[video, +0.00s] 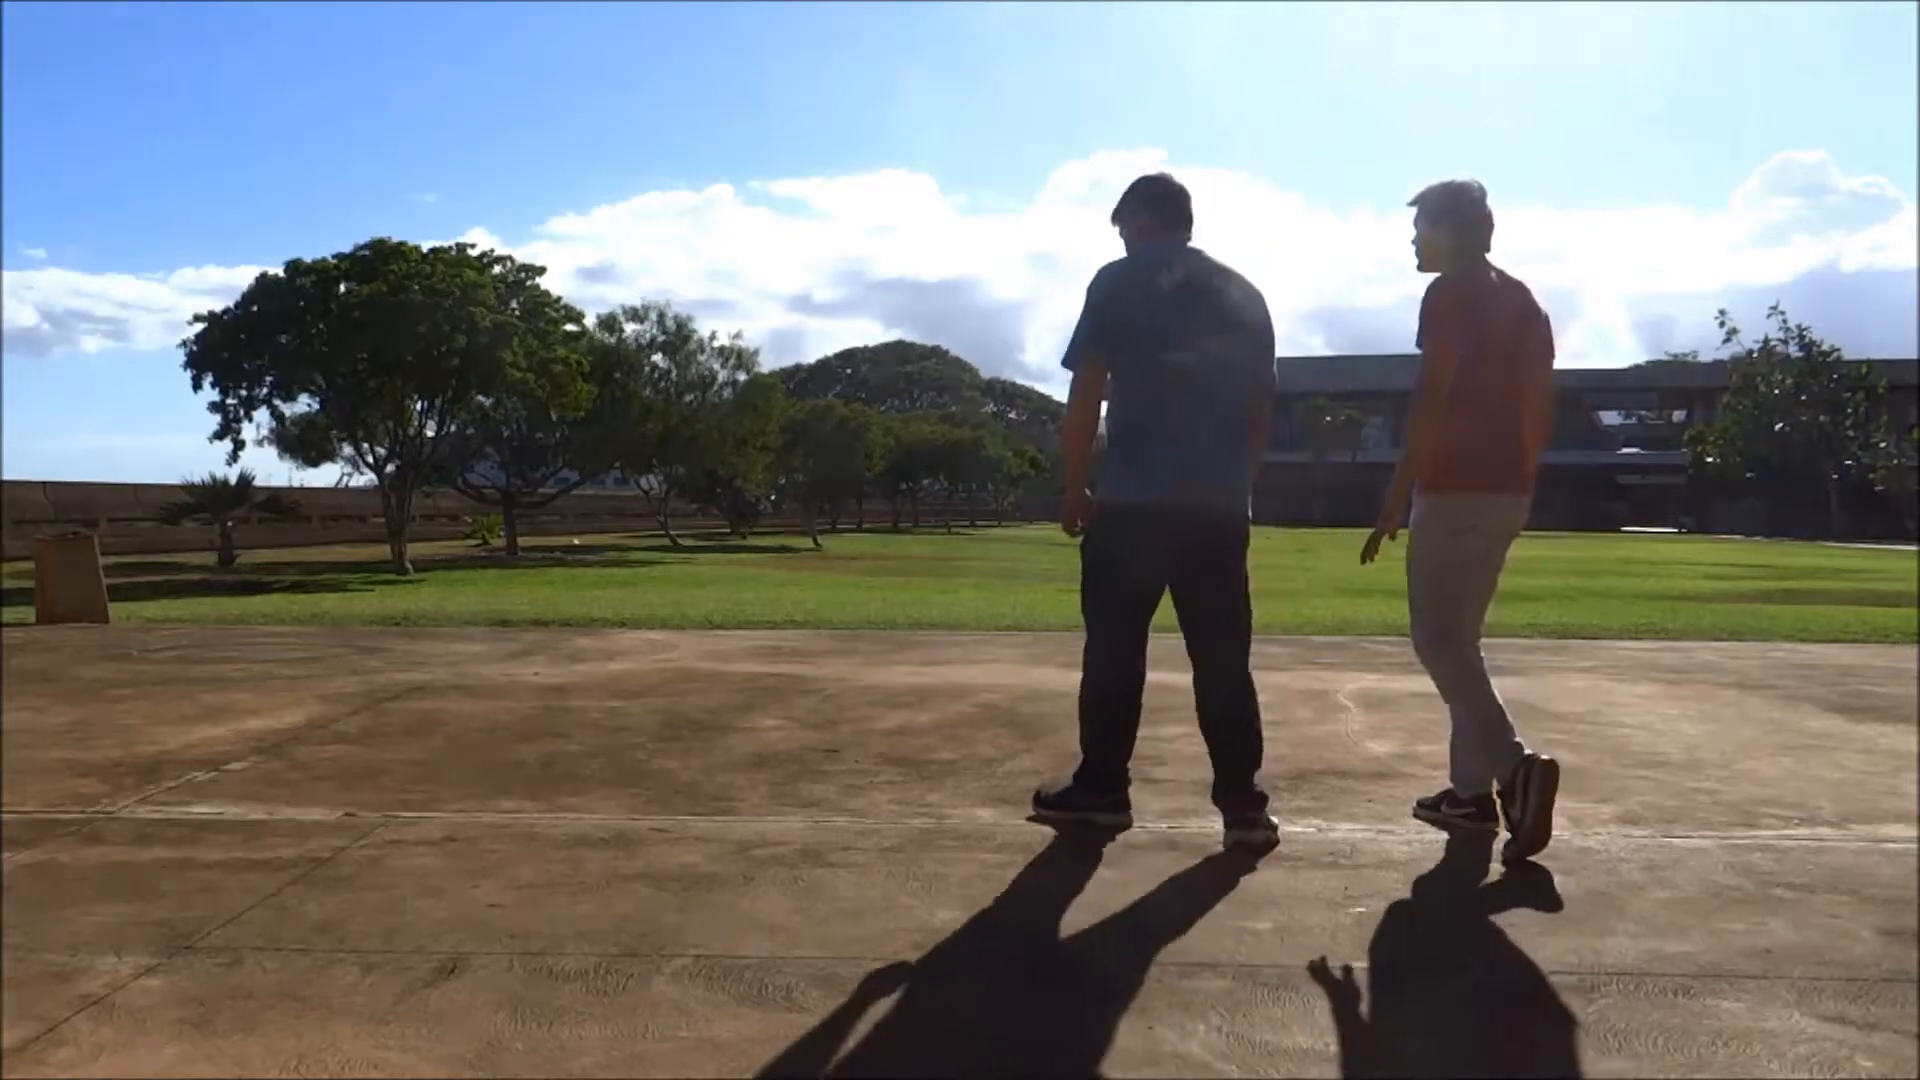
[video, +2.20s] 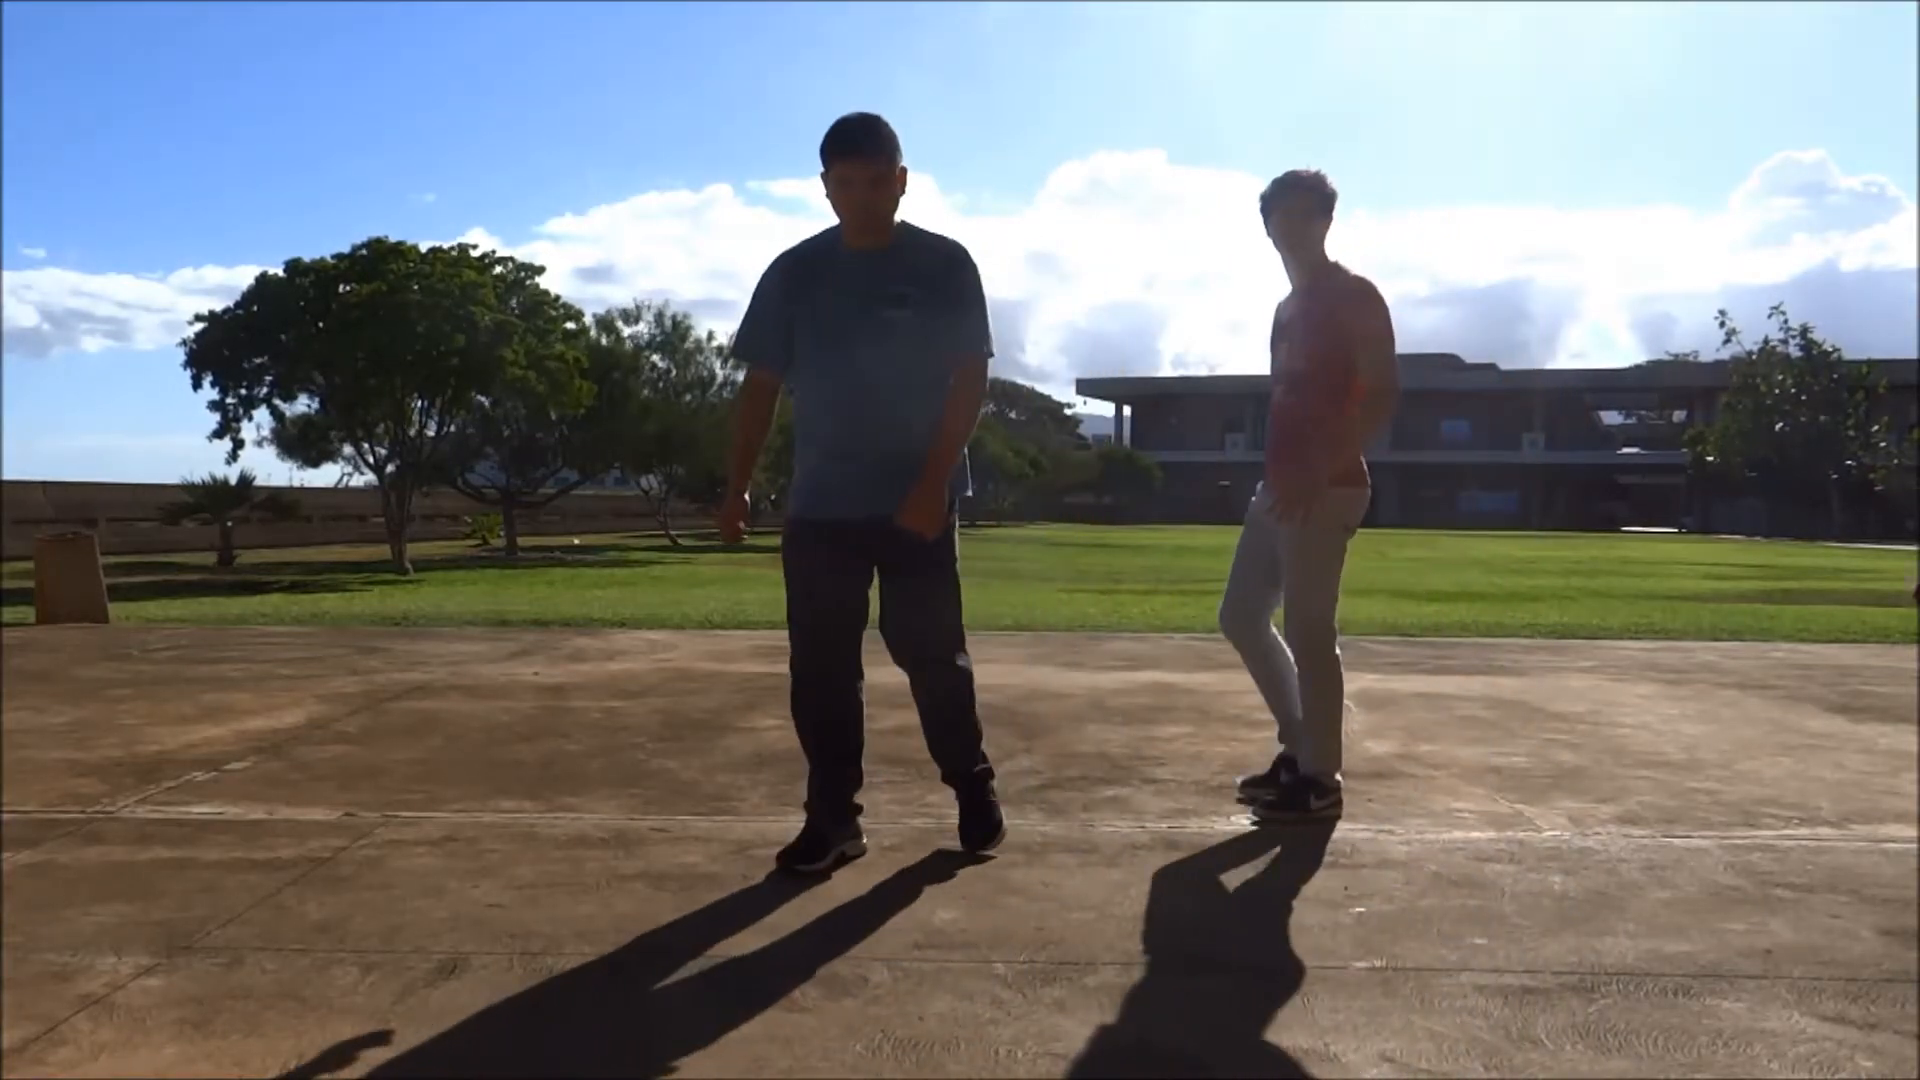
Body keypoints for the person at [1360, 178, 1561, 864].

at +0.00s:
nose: (1414, 240)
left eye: (1422, 227)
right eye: (1416, 228)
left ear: (1454, 231)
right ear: (1477, 231)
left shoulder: (1448, 295)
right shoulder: (1525, 302)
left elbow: (1431, 400)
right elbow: (1539, 409)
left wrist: (1396, 495)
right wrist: (1514, 478)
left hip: (1455, 491)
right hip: (1507, 492)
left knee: (1435, 638)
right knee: (1460, 640)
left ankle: (1515, 770)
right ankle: (1467, 794)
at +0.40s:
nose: (1402, 246)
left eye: (1406, 234)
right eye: (1402, 233)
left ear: (1430, 235)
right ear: (1462, 232)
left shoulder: (1452, 298)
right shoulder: (1505, 301)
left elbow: (1465, 406)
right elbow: (1499, 408)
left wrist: (1448, 498)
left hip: (1445, 490)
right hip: (1495, 492)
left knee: (1384, 622)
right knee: (1458, 636)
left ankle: (1448, 770)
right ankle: (1473, 794)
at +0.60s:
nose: (1396, 253)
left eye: (1398, 240)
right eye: (1396, 240)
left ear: (1415, 238)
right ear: (1453, 232)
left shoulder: (1451, 304)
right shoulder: (1487, 303)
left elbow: (1479, 408)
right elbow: (1458, 425)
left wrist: (1480, 496)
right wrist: (1405, 494)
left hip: (1438, 496)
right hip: (1483, 499)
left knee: (1371, 624)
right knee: (1453, 642)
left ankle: (1368, 780)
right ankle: (1472, 792)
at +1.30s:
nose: (1345, 247)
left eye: (1354, 234)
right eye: (1346, 235)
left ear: (1392, 237)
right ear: (1376, 241)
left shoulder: (1429, 306)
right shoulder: (1393, 320)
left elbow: (1472, 400)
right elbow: (1381, 431)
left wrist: (1460, 500)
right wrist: (1322, 501)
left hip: (1403, 506)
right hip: (1406, 504)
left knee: (1341, 632)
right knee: (1416, 651)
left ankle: (1321, 785)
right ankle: (1469, 794)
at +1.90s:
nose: (1310, 237)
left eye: (1320, 223)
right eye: (1306, 224)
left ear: (1354, 225)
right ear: (1305, 230)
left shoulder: (1390, 307)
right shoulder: (1316, 316)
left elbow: (1426, 409)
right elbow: (1314, 421)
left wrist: (1395, 489)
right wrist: (1283, 504)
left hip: (1356, 493)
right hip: (1319, 495)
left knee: (1314, 632)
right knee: (1341, 638)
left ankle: (1320, 781)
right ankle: (1442, 753)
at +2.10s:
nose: (1284, 231)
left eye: (1294, 216)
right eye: (1281, 219)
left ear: (1329, 219)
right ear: (1284, 225)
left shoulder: (1369, 301)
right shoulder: (1297, 311)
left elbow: (1396, 403)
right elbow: (1306, 409)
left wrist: (1347, 484)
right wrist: (1282, 485)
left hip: (1337, 493)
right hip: (1291, 490)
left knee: (1309, 629)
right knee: (1264, 623)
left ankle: (1319, 778)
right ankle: (1362, 736)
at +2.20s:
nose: (1269, 229)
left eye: (1277, 215)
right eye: (1268, 217)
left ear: (1312, 217)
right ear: (1281, 223)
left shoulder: (1358, 297)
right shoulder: (1286, 311)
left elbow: (1381, 400)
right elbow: (1292, 403)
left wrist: (1321, 474)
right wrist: (1279, 474)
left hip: (1328, 488)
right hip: (1282, 483)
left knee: (1310, 632)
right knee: (1242, 619)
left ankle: (1320, 780)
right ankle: (1299, 755)